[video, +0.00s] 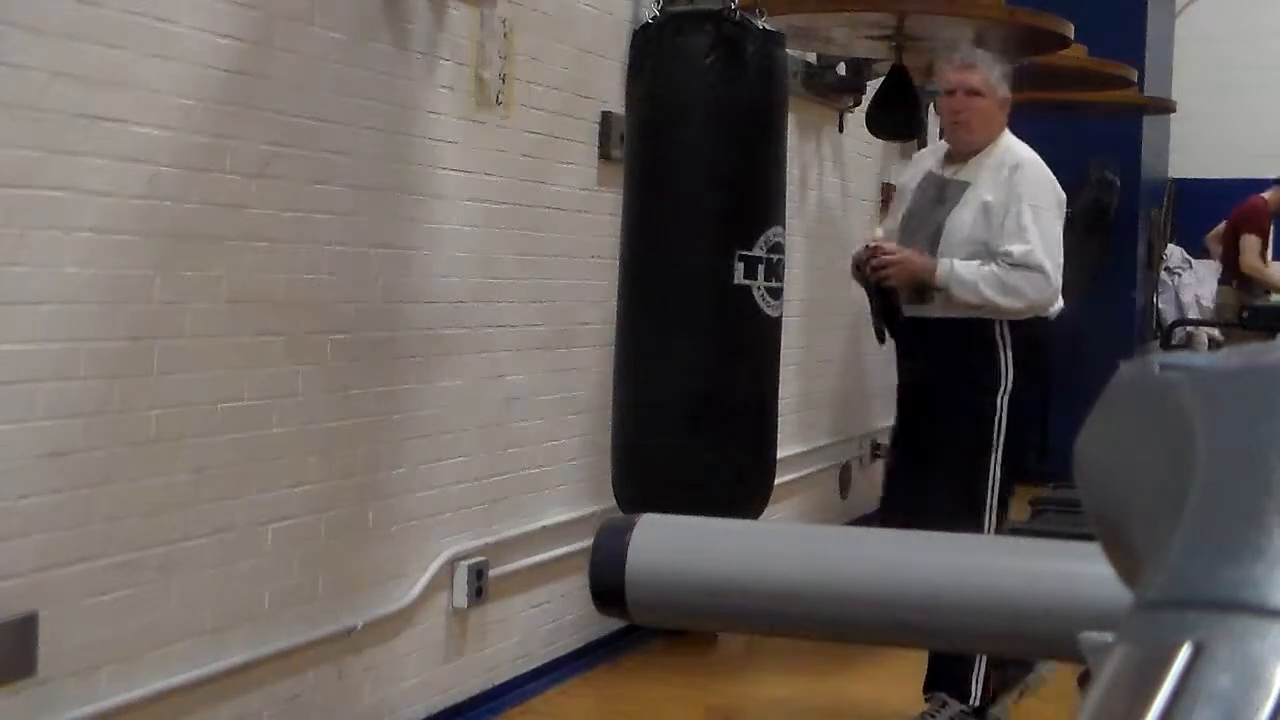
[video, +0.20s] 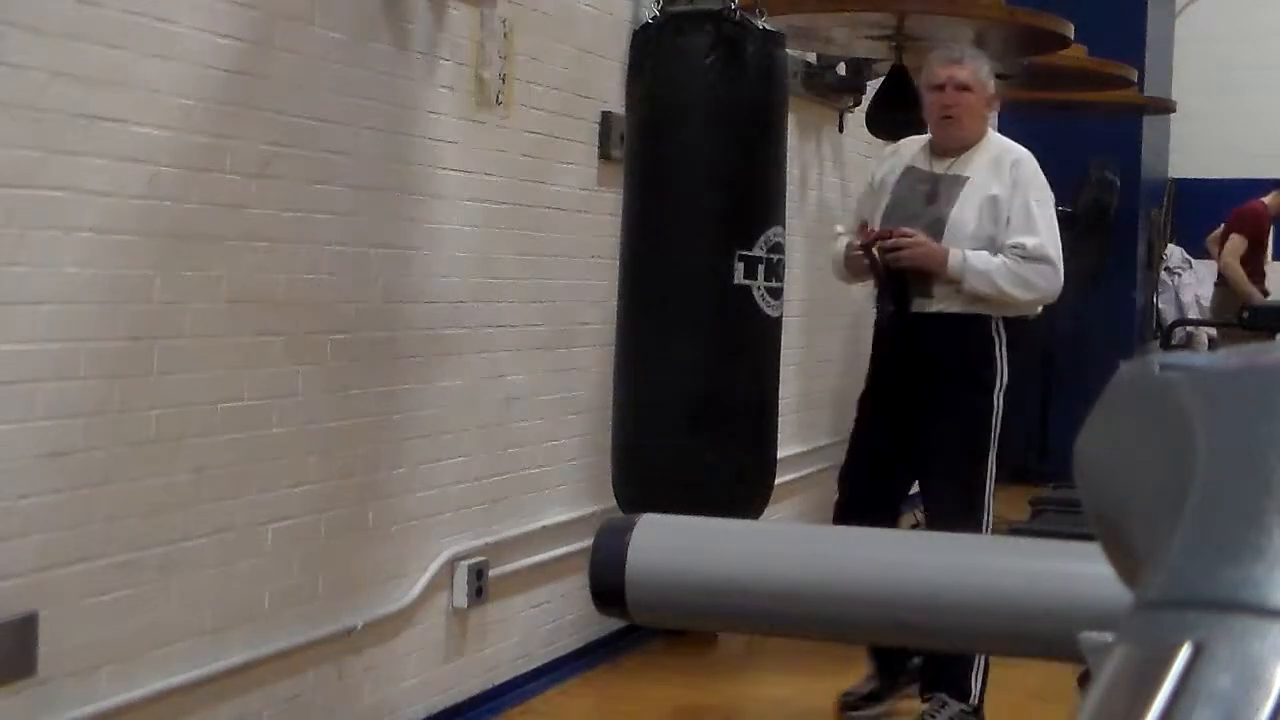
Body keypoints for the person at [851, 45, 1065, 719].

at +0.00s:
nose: (952, 106)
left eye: (969, 94)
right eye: (944, 94)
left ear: (1004, 104)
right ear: (937, 103)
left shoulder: (1026, 174)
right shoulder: (926, 167)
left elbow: (1038, 284)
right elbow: (901, 254)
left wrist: (933, 271)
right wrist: (875, 264)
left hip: (988, 364)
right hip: (925, 359)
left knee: (967, 523)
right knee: (910, 513)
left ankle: (958, 691)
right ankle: (1000, 651)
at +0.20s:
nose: (946, 99)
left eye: (961, 88)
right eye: (936, 88)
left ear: (991, 101)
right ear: (922, 98)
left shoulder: (1015, 169)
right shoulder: (896, 164)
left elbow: (1041, 276)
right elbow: (845, 261)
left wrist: (945, 261)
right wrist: (862, 253)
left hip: (971, 358)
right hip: (897, 353)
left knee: (957, 522)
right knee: (861, 508)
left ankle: (957, 689)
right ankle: (893, 663)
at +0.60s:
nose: (894, 100)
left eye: (907, 89)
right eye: (881, 87)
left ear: (928, 99)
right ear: (860, 97)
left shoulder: (960, 167)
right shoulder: (822, 163)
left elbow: (1003, 266)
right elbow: (778, 255)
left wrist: (929, 260)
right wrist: (824, 261)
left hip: (931, 358)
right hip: (845, 355)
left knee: (934, 524)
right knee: (831, 518)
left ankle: (934, 688)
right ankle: (835, 681)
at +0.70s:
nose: (880, 101)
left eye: (893, 90)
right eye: (868, 89)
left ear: (917, 100)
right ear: (848, 97)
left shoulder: (948, 165)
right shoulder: (812, 163)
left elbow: (995, 264)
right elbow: (771, 257)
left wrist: (927, 264)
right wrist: (817, 268)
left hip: (925, 363)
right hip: (837, 361)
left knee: (931, 528)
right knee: (829, 524)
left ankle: (934, 689)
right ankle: (835, 683)